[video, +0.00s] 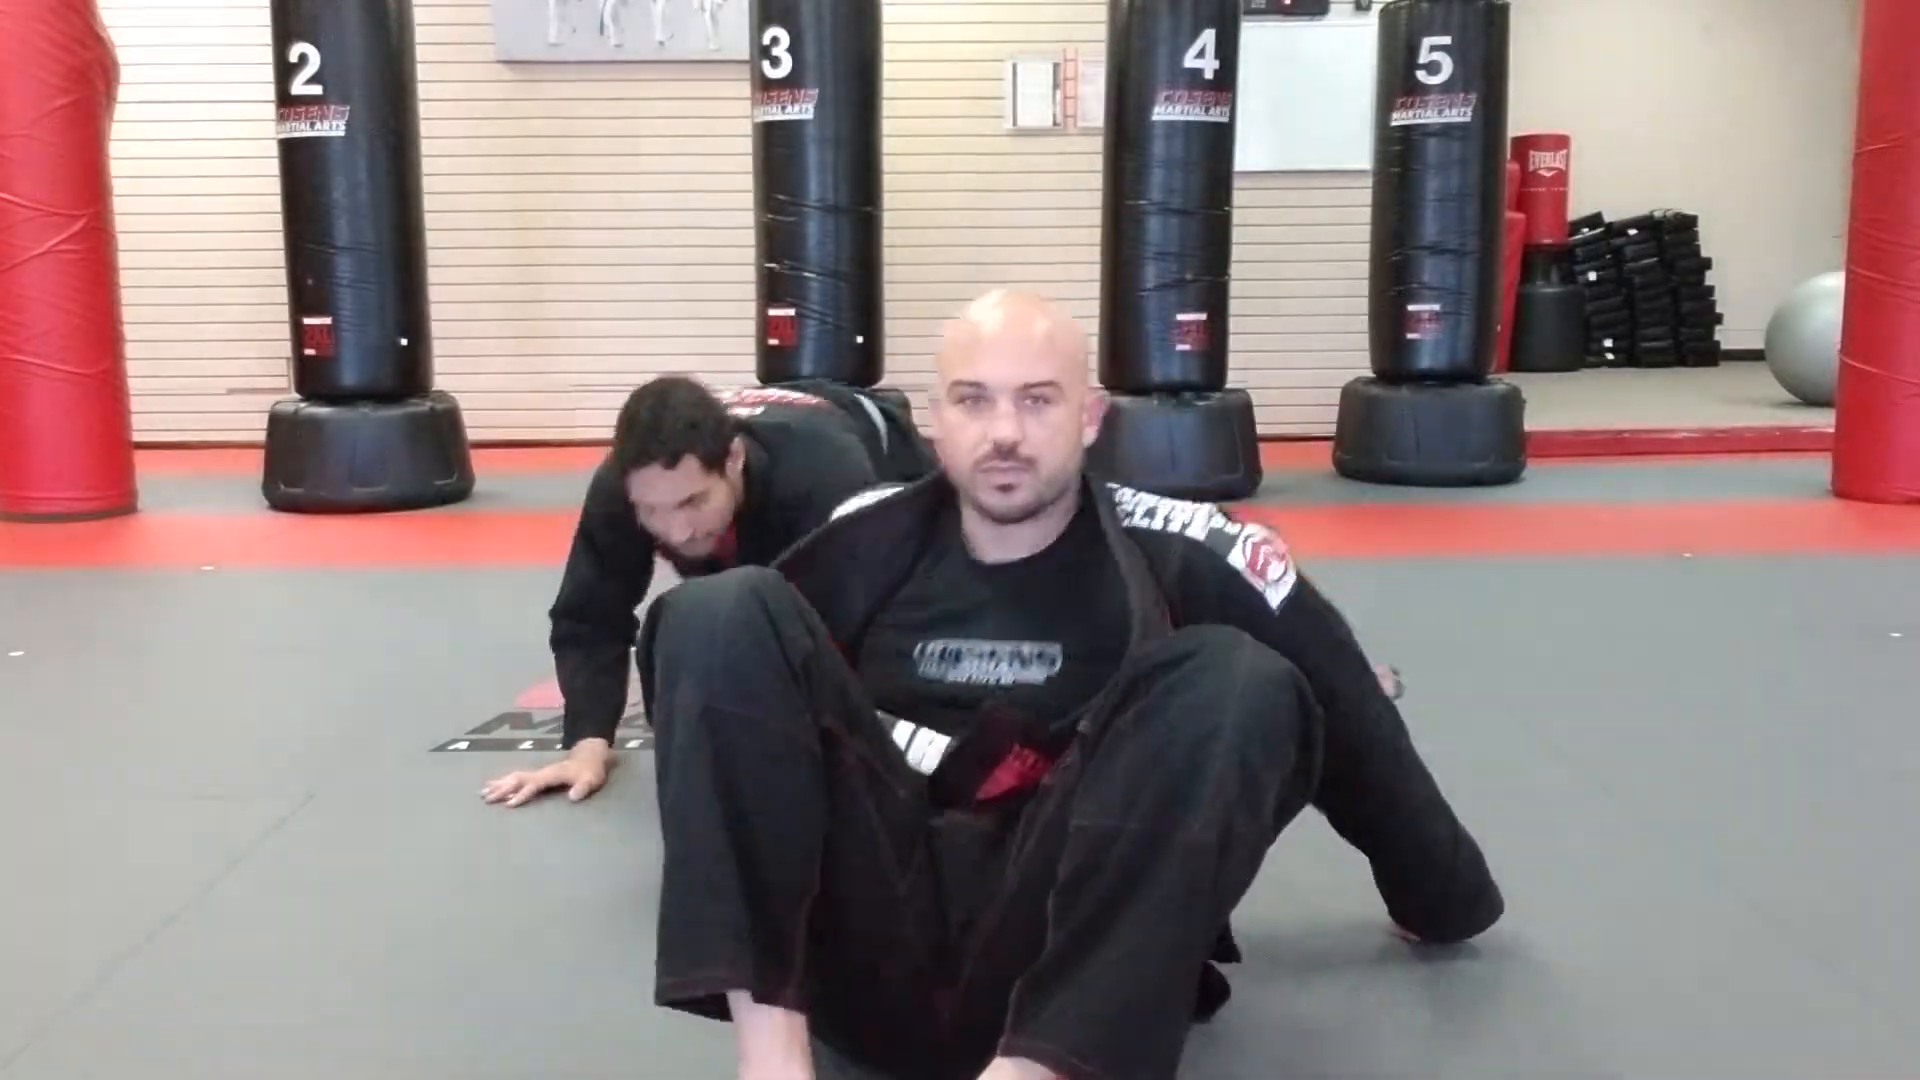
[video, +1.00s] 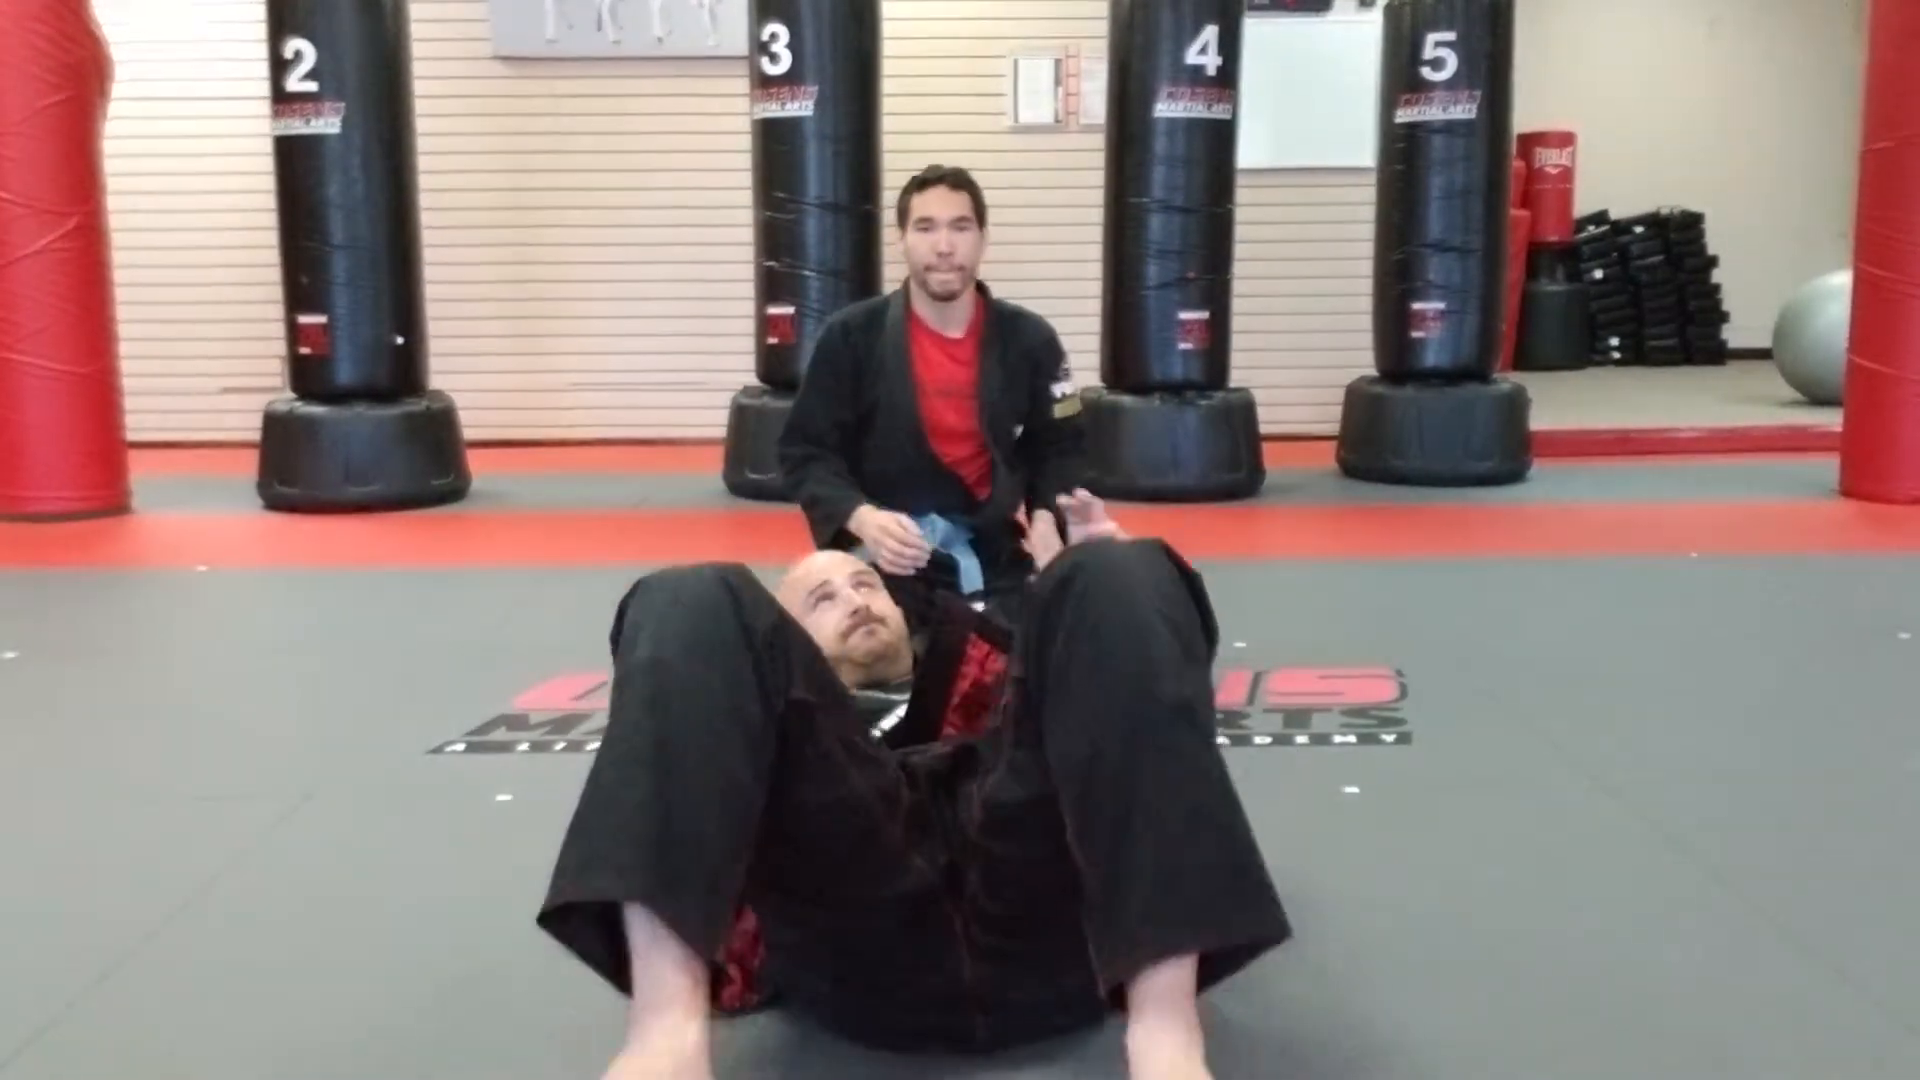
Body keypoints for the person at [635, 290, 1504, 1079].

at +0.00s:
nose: (1003, 432)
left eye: (1036, 401)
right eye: (973, 401)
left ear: (1092, 416)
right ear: (933, 419)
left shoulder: (1189, 554)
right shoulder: (855, 552)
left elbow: (1357, 732)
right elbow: (759, 720)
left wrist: (1445, 904)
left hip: (1065, 937)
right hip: (863, 933)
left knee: (1241, 682)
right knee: (723, 616)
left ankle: (1042, 1058)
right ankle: (769, 1043)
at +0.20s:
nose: (952, 425)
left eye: (981, 389)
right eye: (918, 395)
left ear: (1035, 394)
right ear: (878, 407)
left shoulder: (1138, 528)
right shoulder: (818, 537)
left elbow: (1323, 711)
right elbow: (701, 699)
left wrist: (1407, 935)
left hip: (1043, 913)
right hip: (842, 922)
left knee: (1202, 664)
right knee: (638, 697)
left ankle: (1050, 1062)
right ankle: (640, 1053)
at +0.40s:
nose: (929, 462)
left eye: (955, 432)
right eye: (897, 436)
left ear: (1001, 446)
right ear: (852, 458)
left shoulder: (1079, 590)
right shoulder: (783, 588)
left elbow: (1232, 752)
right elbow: (695, 743)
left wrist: (1288, 880)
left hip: (1025, 932)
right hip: (825, 938)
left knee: (1157, 611)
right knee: (657, 696)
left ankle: (1070, 1056)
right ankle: (641, 1062)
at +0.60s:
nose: (891, 535)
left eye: (912, 509)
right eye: (859, 515)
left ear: (950, 519)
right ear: (812, 543)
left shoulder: (1037, 614)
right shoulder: (760, 643)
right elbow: (678, 779)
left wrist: (1068, 579)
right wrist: (650, 1002)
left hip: (1045, 949)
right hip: (845, 960)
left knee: (1126, 553)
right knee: (674, 620)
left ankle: (1171, 965)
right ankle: (782, 1035)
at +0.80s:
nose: (862, 582)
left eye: (879, 557)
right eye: (828, 572)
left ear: (918, 571)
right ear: (795, 611)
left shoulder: (1017, 659)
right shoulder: (777, 707)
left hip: (1063, 950)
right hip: (865, 973)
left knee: (1107, 521)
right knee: (690, 571)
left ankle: (1183, 917)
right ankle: (764, 963)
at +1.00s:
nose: (847, 596)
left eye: (855, 581)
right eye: (818, 603)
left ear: (903, 593)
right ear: (798, 663)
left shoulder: (1024, 661)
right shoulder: (795, 736)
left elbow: (1176, 659)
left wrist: (1097, 575)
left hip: (1061, 959)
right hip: (863, 976)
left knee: (1119, 571)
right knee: (681, 598)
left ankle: (1167, 1027)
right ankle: (667, 1026)